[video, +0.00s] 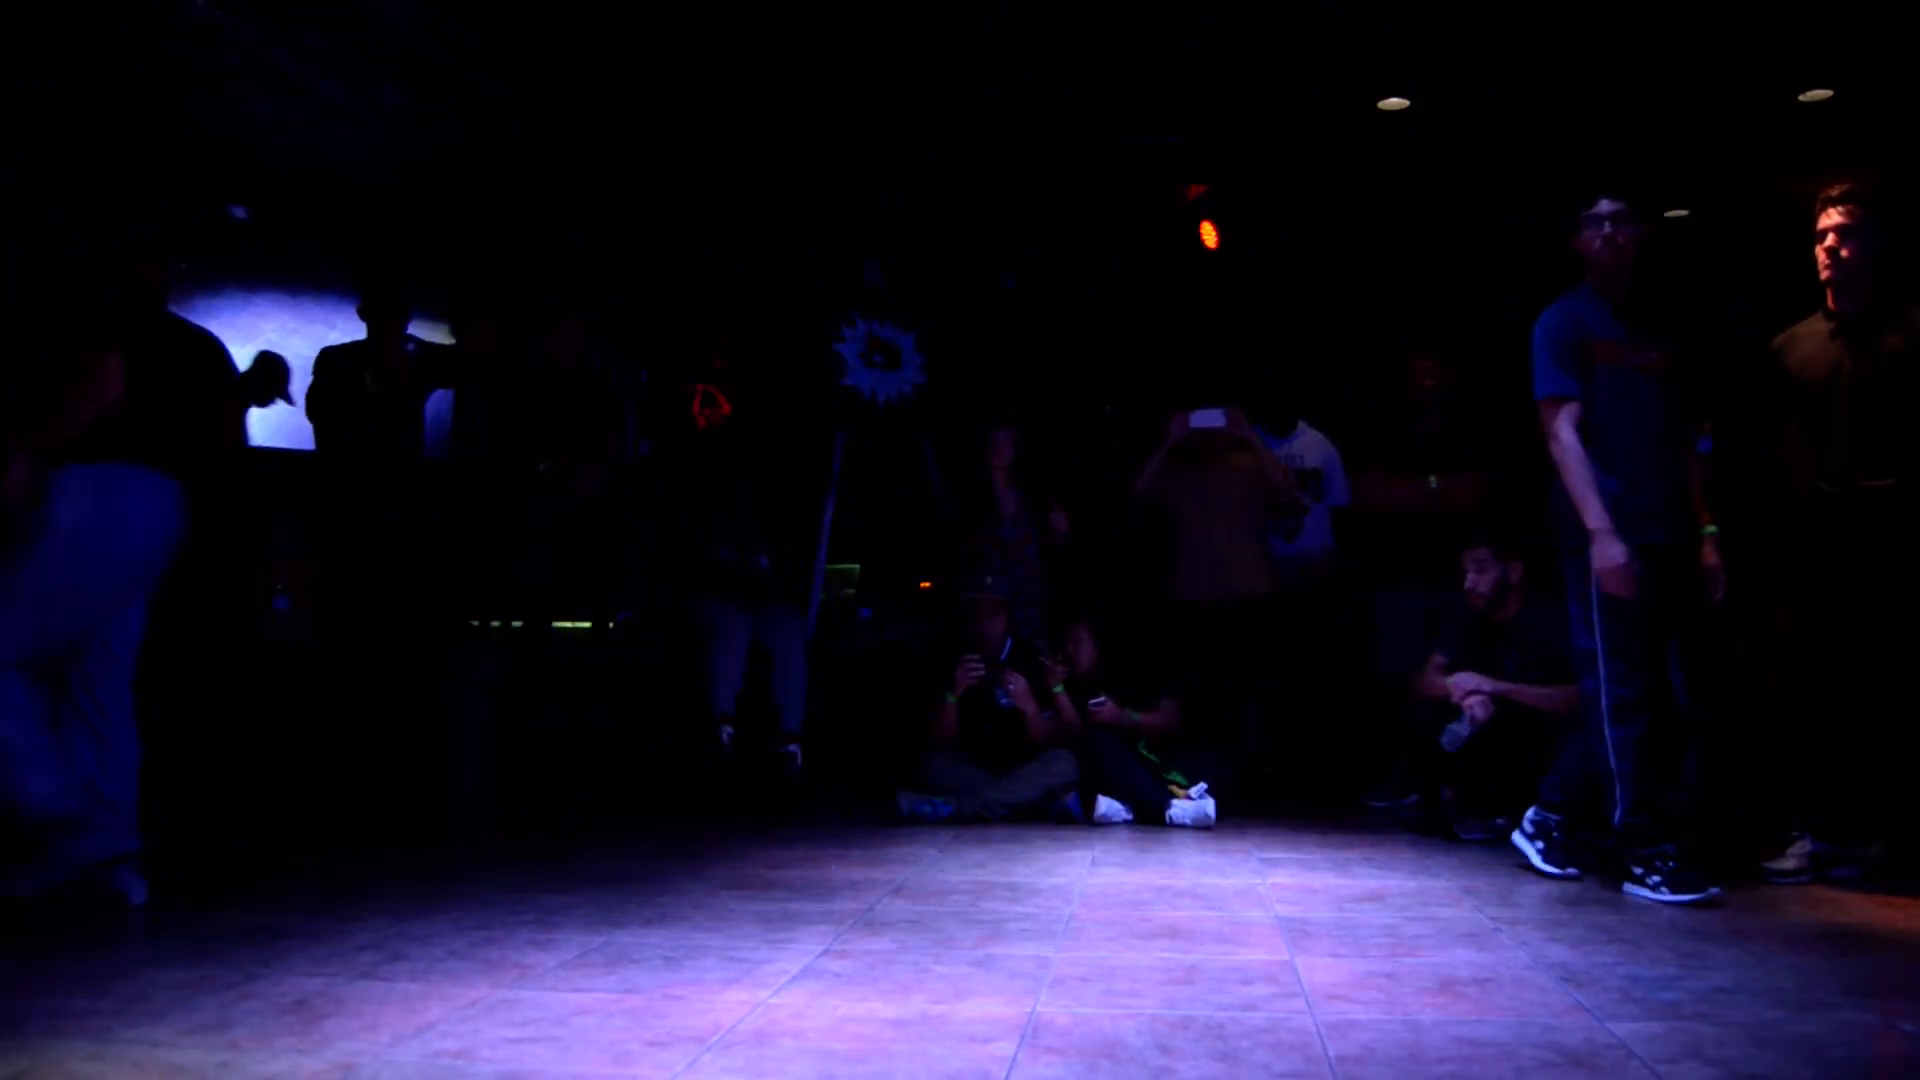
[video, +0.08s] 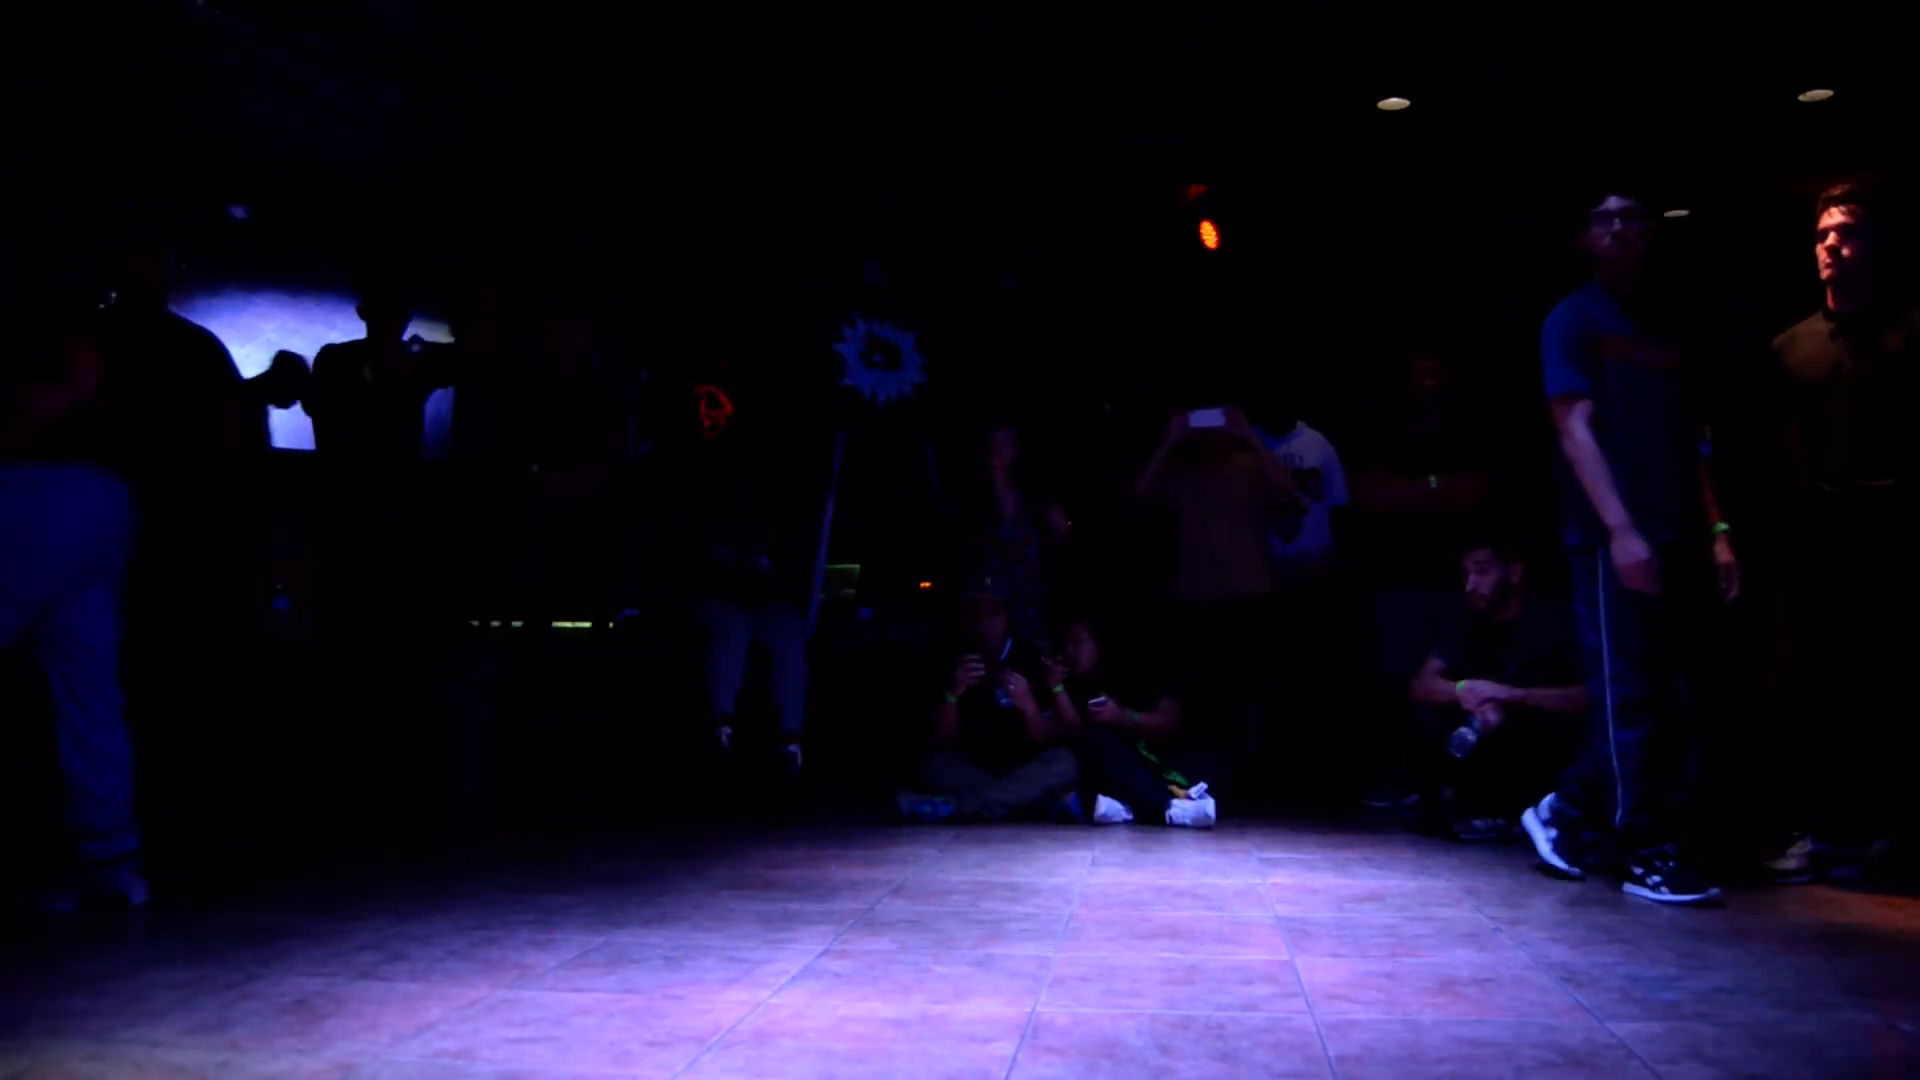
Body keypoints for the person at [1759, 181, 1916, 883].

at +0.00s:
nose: (1828, 249)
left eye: (1845, 235)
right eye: (1821, 237)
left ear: (1880, 250)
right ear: (1814, 253)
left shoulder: (1910, 341)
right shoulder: (1793, 348)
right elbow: (1763, 451)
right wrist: (1760, 531)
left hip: (1898, 540)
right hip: (1812, 539)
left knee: (1895, 684)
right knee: (1816, 683)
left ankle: (1898, 833)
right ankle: (1817, 829)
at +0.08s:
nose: (1830, 248)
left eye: (1846, 235)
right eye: (1822, 237)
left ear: (1880, 250)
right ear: (1815, 254)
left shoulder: (1910, 341)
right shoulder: (1791, 349)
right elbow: (1756, 452)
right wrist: (1746, 531)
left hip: (1901, 542)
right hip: (1813, 542)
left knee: (1897, 686)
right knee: (1818, 686)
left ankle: (1899, 833)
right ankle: (1820, 830)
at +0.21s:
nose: (1833, 249)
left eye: (1849, 235)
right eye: (1824, 237)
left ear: (1881, 250)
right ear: (1816, 253)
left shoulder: (1910, 339)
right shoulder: (1792, 349)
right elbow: (1756, 448)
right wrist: (1747, 525)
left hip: (1903, 540)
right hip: (1816, 541)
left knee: (1901, 685)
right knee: (1822, 686)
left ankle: (1905, 832)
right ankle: (1823, 831)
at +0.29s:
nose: (1835, 248)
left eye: (1851, 235)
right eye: (1825, 236)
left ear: (1882, 249)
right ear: (1816, 253)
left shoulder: (1911, 341)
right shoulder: (1789, 350)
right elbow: (1747, 450)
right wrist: (1747, 527)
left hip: (1901, 544)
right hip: (1814, 545)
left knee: (1899, 689)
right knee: (1818, 690)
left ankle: (1904, 835)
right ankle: (1819, 833)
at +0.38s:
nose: (1838, 247)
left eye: (1853, 234)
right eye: (1827, 235)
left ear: (1880, 249)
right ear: (1816, 252)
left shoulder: (1908, 340)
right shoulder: (1789, 349)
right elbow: (1754, 449)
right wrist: (1756, 530)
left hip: (1899, 543)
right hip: (1813, 543)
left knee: (1896, 689)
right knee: (1817, 690)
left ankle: (1900, 836)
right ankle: (1815, 832)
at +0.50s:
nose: (1841, 244)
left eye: (1856, 232)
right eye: (1831, 233)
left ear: (1880, 249)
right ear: (1817, 252)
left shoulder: (1909, 337)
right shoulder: (1790, 349)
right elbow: (1762, 453)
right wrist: (1771, 538)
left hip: (1906, 542)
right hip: (1822, 548)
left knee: (1905, 694)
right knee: (1834, 697)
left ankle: (1901, 847)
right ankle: (1840, 848)